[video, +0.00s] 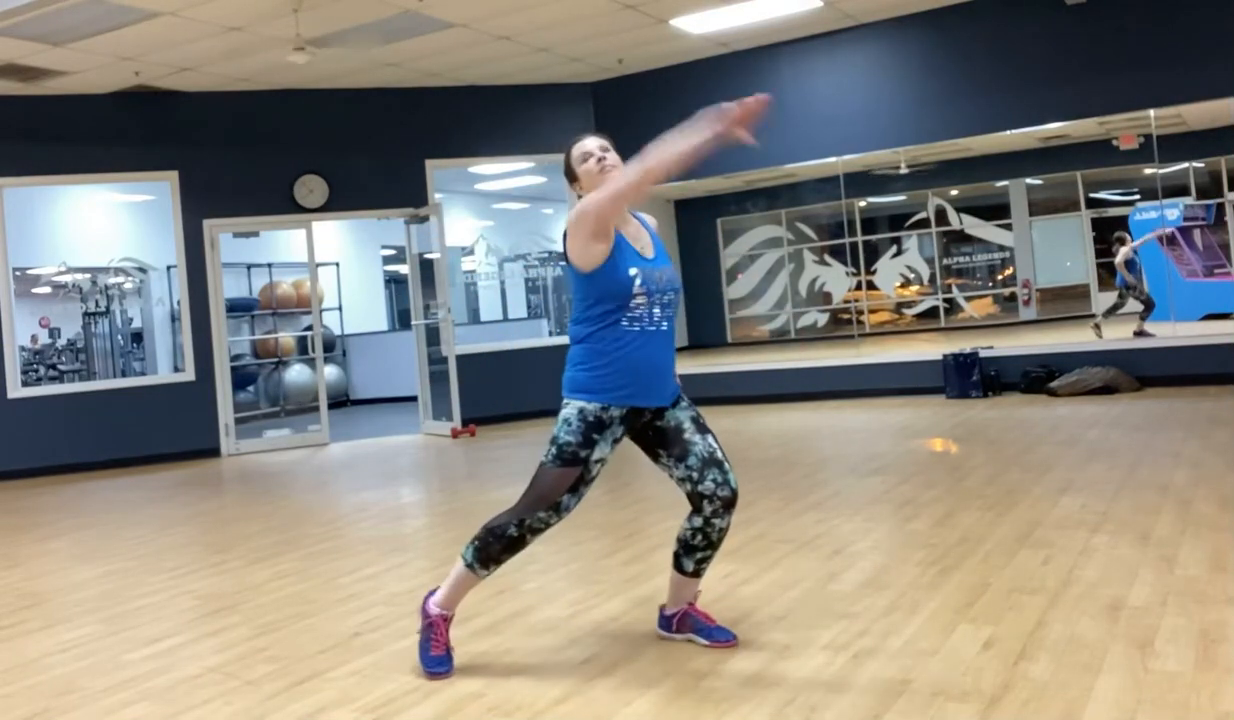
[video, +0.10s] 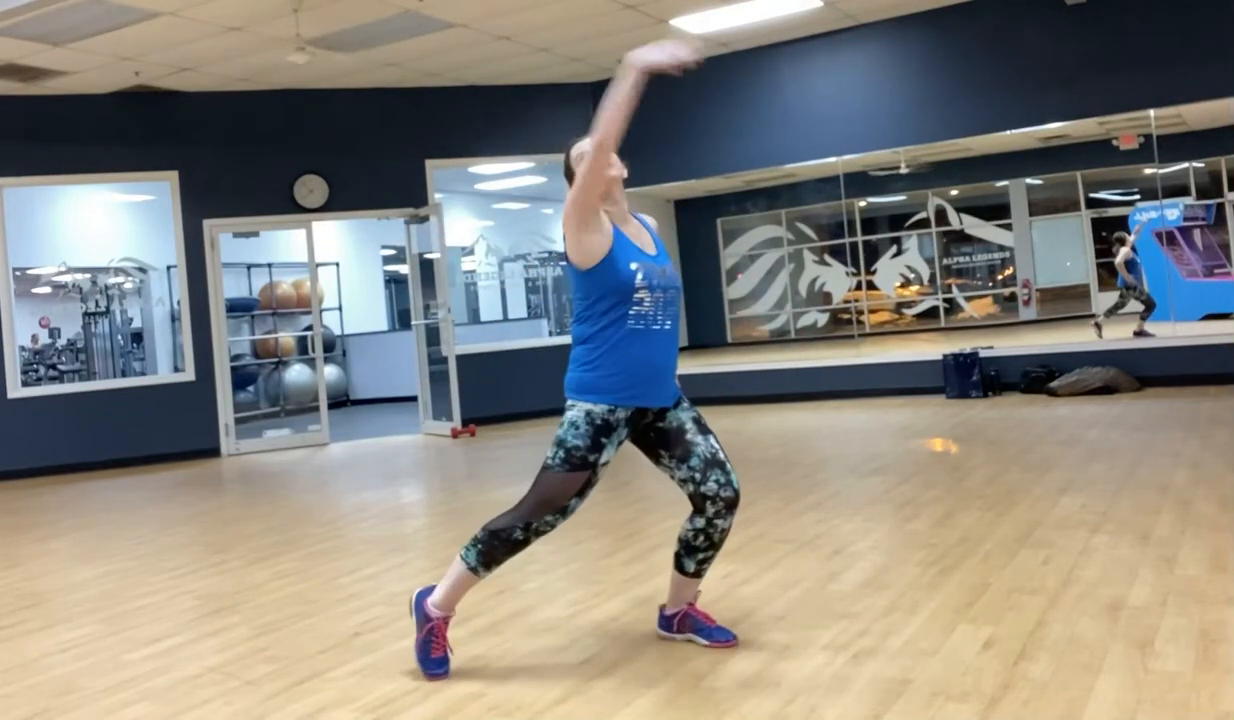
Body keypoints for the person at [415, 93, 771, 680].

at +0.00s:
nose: (601, 157)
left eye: (607, 150)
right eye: (587, 158)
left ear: (623, 164)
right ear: (578, 184)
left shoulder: (645, 224)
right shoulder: (588, 222)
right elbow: (649, 168)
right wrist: (713, 125)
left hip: (659, 395)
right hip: (597, 398)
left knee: (717, 493)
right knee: (539, 510)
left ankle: (679, 609)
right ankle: (440, 608)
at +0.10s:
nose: (613, 152)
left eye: (611, 147)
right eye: (600, 151)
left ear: (621, 165)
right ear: (580, 174)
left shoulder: (646, 227)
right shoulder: (585, 225)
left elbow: (648, 303)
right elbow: (604, 144)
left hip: (659, 398)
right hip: (599, 404)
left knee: (719, 493)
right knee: (545, 509)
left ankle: (680, 610)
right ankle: (436, 607)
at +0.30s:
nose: (594, 158)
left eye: (599, 151)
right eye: (581, 157)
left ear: (619, 165)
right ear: (571, 180)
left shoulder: (647, 226)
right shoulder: (577, 228)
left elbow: (646, 305)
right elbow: (552, 139)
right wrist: (552, 48)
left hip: (660, 400)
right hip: (598, 405)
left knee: (721, 497)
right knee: (538, 517)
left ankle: (679, 609)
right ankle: (435, 606)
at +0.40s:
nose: (592, 157)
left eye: (598, 150)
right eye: (579, 158)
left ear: (619, 167)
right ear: (571, 182)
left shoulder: (647, 229)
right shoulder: (575, 229)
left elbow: (646, 306)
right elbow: (541, 142)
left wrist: (652, 367)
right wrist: (527, 53)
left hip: (660, 400)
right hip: (597, 406)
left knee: (720, 498)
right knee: (538, 515)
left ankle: (680, 609)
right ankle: (434, 606)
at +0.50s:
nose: (585, 158)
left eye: (593, 151)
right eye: (574, 160)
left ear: (618, 169)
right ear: (571, 185)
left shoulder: (646, 229)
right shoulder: (571, 230)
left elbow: (645, 306)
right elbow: (525, 154)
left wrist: (649, 366)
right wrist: (507, 78)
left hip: (657, 399)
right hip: (594, 404)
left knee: (720, 498)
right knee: (537, 511)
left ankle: (679, 609)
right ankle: (433, 608)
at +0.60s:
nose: (582, 160)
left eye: (591, 153)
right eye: (572, 161)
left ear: (617, 172)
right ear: (569, 185)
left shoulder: (647, 231)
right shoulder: (570, 229)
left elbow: (646, 307)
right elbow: (518, 157)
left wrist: (648, 366)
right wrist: (488, 82)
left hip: (657, 399)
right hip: (593, 405)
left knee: (719, 498)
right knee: (537, 510)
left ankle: (679, 611)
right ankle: (432, 608)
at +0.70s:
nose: (581, 164)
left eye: (590, 155)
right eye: (572, 164)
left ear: (617, 170)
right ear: (568, 185)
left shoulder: (647, 231)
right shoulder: (569, 230)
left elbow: (646, 309)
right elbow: (511, 165)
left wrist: (649, 369)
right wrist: (463, 88)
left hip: (656, 400)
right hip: (593, 405)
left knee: (719, 498)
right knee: (536, 510)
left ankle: (679, 610)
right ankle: (431, 607)